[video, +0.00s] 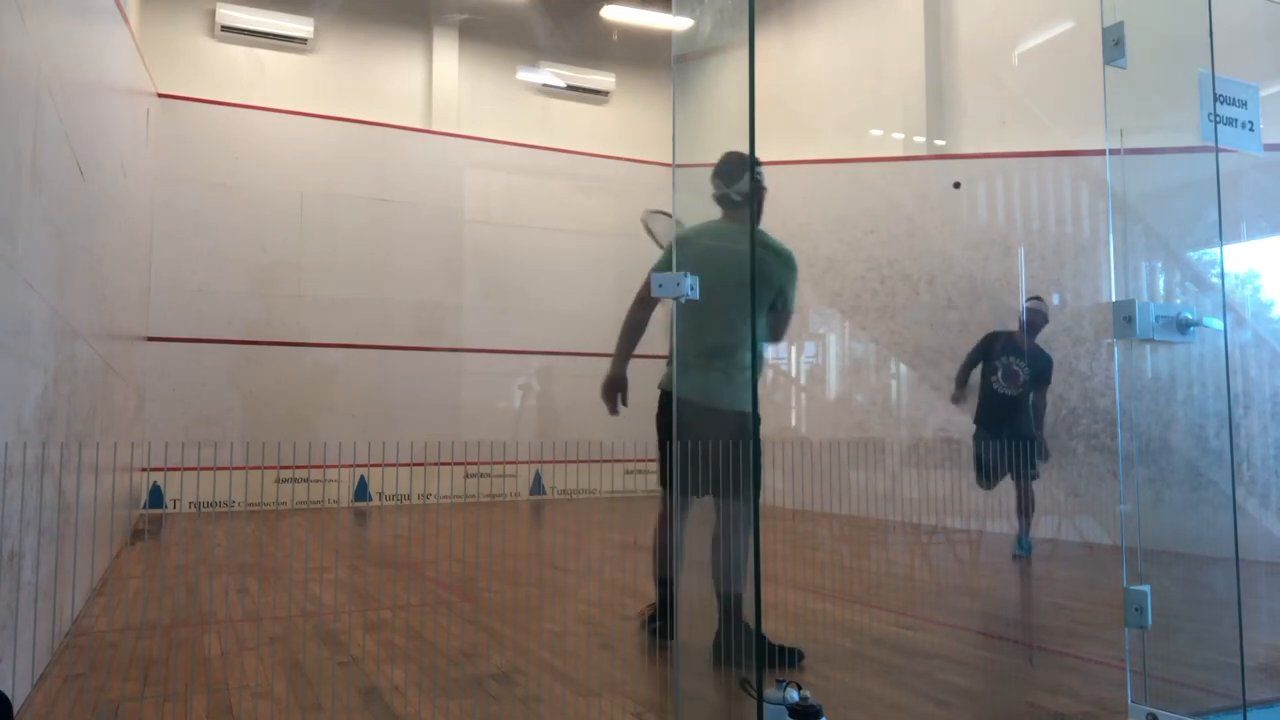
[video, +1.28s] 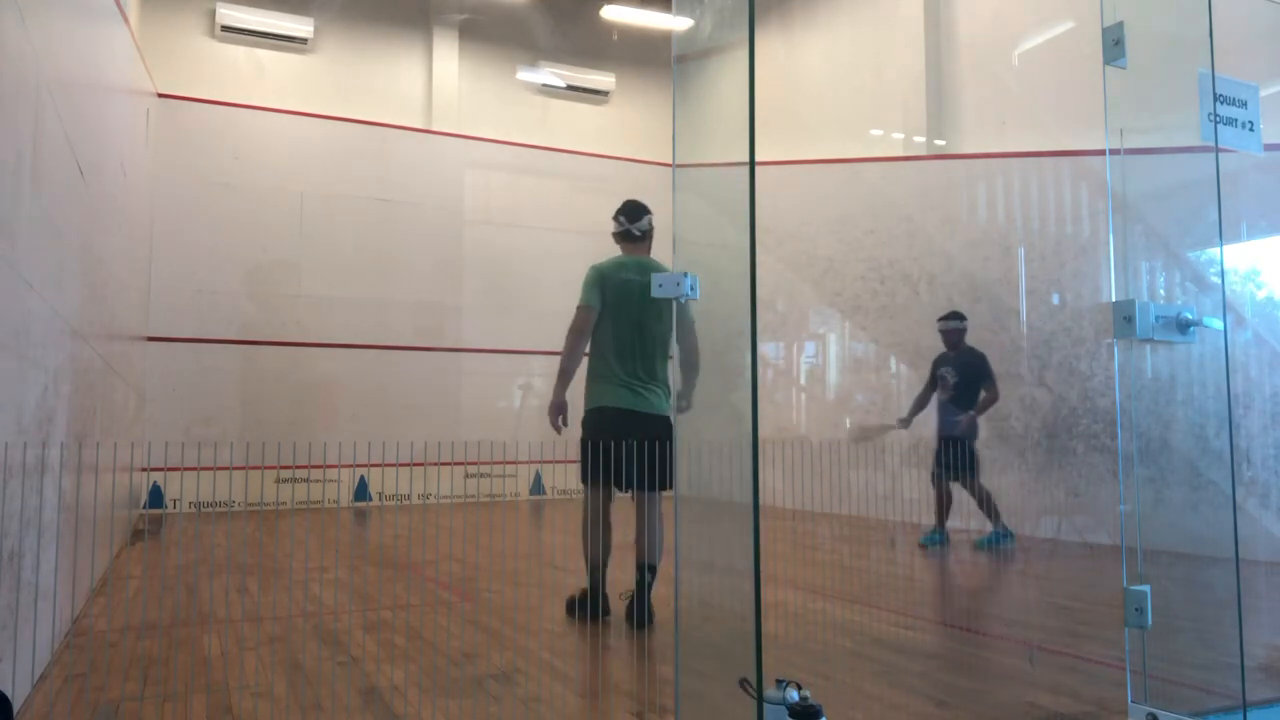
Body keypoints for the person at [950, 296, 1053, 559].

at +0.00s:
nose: (1030, 321)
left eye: (1037, 318)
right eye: (1027, 315)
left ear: (1044, 324)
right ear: (1020, 316)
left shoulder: (1043, 360)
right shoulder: (994, 341)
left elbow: (1040, 398)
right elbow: (968, 364)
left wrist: (1039, 434)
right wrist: (960, 388)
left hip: (1022, 427)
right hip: (990, 424)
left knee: (1023, 483)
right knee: (987, 481)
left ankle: (1023, 538)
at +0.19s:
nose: (1020, 311)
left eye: (1027, 308)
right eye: (1018, 306)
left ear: (1037, 318)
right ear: (1011, 312)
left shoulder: (1041, 354)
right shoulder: (992, 340)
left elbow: (1045, 393)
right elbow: (966, 367)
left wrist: (1048, 428)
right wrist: (956, 352)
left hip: (1020, 427)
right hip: (989, 421)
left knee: (1023, 482)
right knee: (979, 477)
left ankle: (1023, 538)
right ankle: (1032, 469)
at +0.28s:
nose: (1017, 311)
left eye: (1023, 307)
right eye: (1014, 306)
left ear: (1033, 314)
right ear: (1007, 310)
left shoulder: (1039, 352)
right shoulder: (991, 341)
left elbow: (1050, 393)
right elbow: (965, 367)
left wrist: (1058, 430)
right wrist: (953, 348)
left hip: (1019, 425)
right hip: (988, 421)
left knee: (1022, 481)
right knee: (981, 476)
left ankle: (1023, 539)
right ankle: (1026, 497)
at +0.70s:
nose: (986, 323)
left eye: (991, 318)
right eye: (983, 318)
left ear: (1001, 321)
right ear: (978, 321)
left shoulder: (1015, 350)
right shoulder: (978, 352)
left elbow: (1043, 383)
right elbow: (979, 387)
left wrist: (1039, 412)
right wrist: (952, 383)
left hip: (1010, 423)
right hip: (985, 424)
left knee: (1015, 481)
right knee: (994, 481)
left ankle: (1022, 538)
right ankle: (1004, 532)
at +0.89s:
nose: (967, 332)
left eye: (971, 326)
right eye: (964, 327)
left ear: (984, 325)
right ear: (964, 328)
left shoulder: (1001, 352)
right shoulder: (971, 357)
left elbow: (1032, 380)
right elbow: (969, 392)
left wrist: (1016, 413)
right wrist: (945, 393)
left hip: (997, 425)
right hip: (980, 425)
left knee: (994, 479)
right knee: (988, 480)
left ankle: (1007, 533)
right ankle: (1003, 531)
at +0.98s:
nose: (962, 333)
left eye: (966, 327)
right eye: (959, 328)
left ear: (978, 327)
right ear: (959, 329)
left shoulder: (996, 353)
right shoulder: (965, 358)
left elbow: (1024, 382)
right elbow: (960, 391)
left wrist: (1009, 413)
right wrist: (939, 400)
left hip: (992, 425)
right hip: (975, 425)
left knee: (972, 472)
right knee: (989, 477)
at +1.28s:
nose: (944, 337)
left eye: (949, 332)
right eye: (942, 332)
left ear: (962, 332)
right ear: (940, 333)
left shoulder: (975, 358)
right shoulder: (941, 361)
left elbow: (992, 394)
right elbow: (927, 391)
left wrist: (973, 414)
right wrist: (910, 416)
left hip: (962, 429)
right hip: (947, 429)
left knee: (939, 479)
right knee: (968, 480)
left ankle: (940, 530)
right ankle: (1001, 528)